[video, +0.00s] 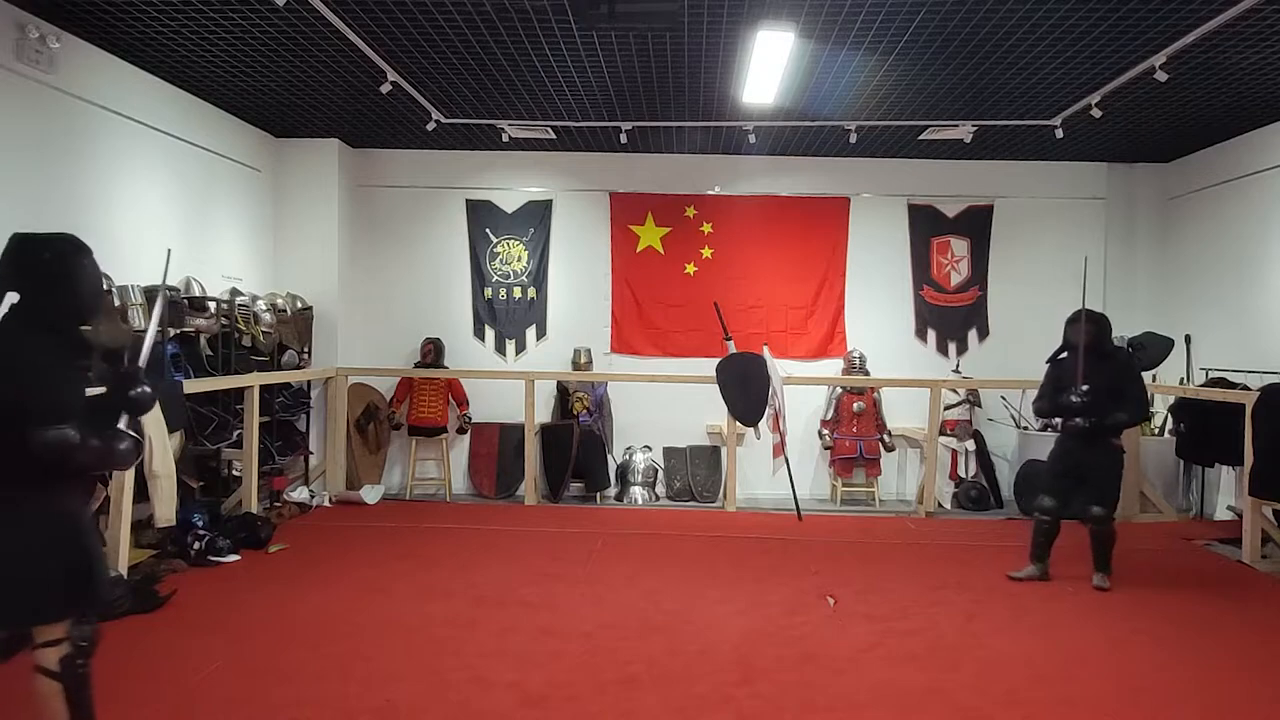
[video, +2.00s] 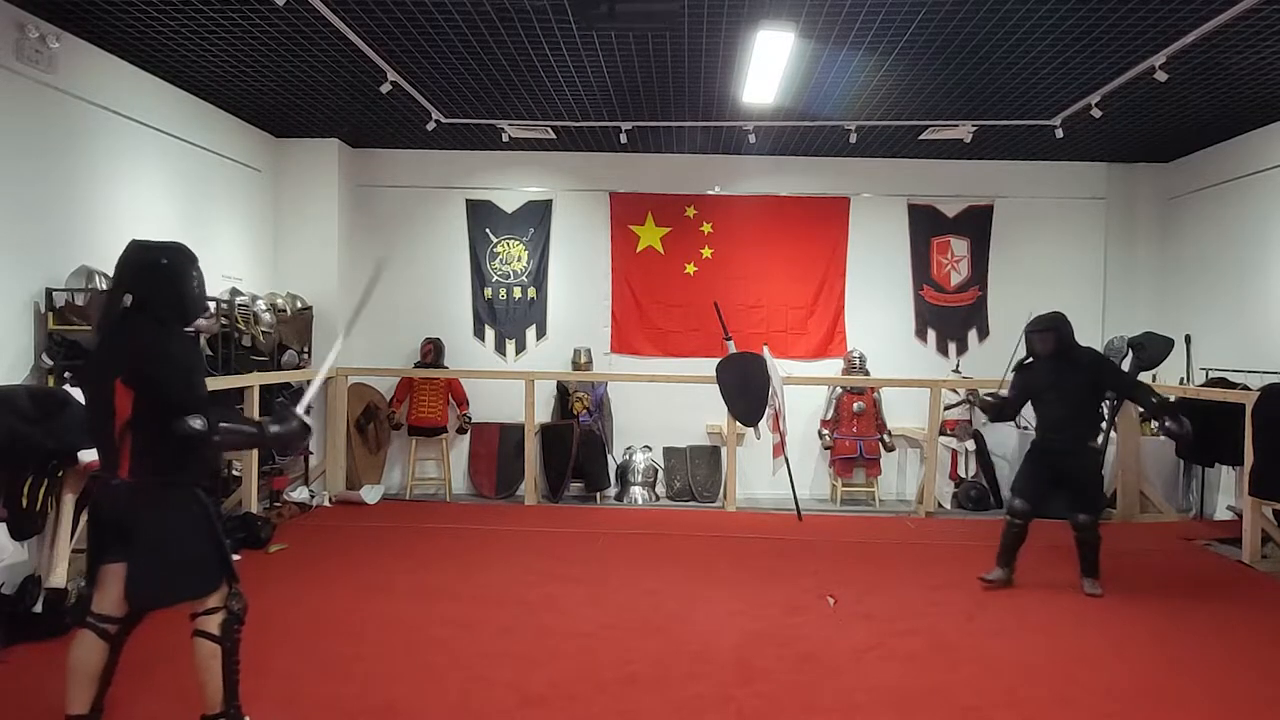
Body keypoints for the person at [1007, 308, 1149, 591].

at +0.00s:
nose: (1078, 339)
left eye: (1084, 333)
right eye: (1073, 332)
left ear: (1099, 333)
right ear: (1067, 333)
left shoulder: (1120, 362)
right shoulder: (1061, 364)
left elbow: (1140, 409)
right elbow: (1040, 407)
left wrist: (1102, 423)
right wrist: (1066, 402)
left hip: (1105, 447)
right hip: (1068, 443)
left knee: (1099, 512)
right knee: (1047, 504)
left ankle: (1101, 572)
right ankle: (1038, 564)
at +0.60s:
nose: (1045, 349)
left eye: (1051, 343)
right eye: (1039, 343)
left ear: (1065, 339)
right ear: (1032, 340)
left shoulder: (1085, 360)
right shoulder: (1026, 366)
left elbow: (1106, 405)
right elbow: (1006, 408)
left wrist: (1082, 419)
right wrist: (1031, 404)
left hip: (1076, 445)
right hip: (1039, 443)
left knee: (1086, 508)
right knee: (1020, 502)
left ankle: (1098, 570)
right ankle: (1015, 562)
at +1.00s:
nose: (1011, 337)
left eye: (1016, 331)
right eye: (1006, 331)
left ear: (1030, 332)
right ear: (1000, 335)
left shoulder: (1054, 358)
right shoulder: (998, 366)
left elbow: (1074, 401)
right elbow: (984, 412)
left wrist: (1040, 428)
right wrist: (997, 412)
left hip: (1055, 444)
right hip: (1018, 444)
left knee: (1070, 505)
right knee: (1012, 503)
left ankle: (1080, 565)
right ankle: (1014, 563)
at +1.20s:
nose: (1010, 335)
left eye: (1016, 329)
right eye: (1006, 330)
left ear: (1031, 331)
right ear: (1000, 334)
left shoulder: (1055, 361)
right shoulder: (998, 368)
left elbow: (1079, 402)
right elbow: (984, 400)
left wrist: (1072, 439)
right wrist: (980, 424)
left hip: (1057, 443)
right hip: (1019, 444)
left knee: (1071, 506)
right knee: (1011, 503)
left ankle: (1090, 565)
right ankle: (1015, 562)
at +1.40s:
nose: (1021, 335)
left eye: (1027, 329)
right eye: (1016, 330)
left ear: (1042, 331)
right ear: (1012, 334)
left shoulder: (1067, 359)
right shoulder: (1006, 368)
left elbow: (1102, 396)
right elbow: (991, 409)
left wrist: (1107, 433)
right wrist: (984, 445)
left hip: (1061, 445)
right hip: (1023, 446)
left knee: (1073, 510)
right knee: (1014, 506)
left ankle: (1087, 572)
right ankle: (1015, 563)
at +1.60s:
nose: (1036, 335)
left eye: (1043, 329)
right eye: (1032, 329)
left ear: (1058, 332)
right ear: (1026, 334)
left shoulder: (1083, 359)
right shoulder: (1022, 369)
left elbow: (1120, 391)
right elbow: (1008, 408)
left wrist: (1143, 424)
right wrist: (1001, 439)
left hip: (1074, 446)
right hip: (1036, 445)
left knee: (1078, 514)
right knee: (1018, 507)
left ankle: (1089, 575)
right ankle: (1016, 563)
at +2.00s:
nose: (1039, 343)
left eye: (1045, 336)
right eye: (1034, 337)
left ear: (1060, 336)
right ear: (1029, 340)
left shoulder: (1089, 361)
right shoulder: (1028, 373)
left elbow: (1130, 387)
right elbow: (1008, 410)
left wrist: (1164, 411)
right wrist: (983, 404)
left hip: (1083, 451)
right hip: (1043, 449)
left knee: (1084, 517)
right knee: (1018, 507)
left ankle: (1090, 577)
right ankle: (1004, 569)